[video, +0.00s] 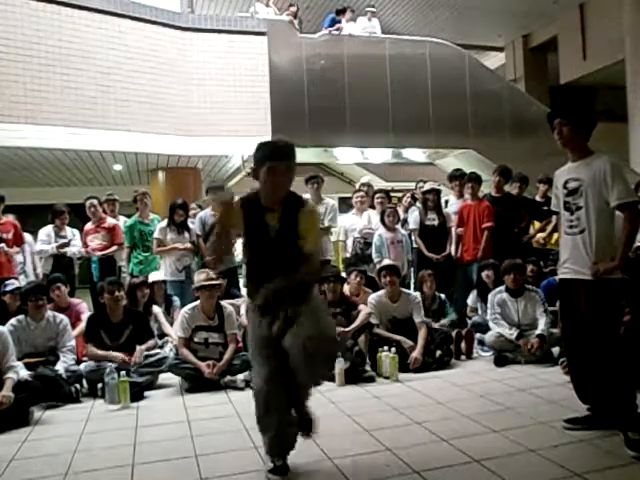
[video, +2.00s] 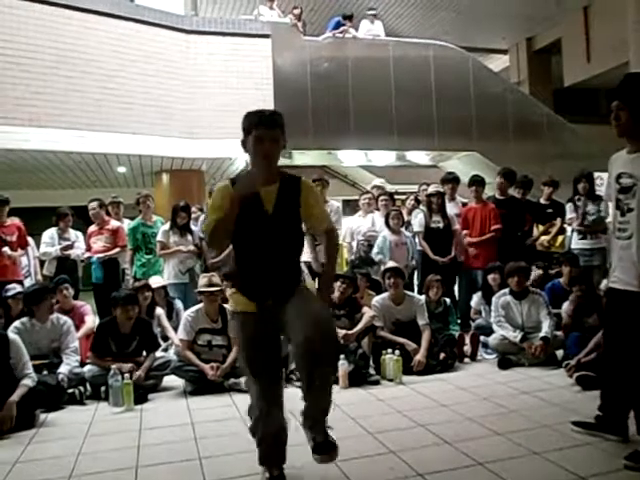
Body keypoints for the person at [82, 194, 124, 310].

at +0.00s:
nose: (93, 210)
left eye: (95, 206)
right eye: (89, 208)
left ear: (100, 207)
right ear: (87, 211)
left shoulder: (112, 224)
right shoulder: (87, 227)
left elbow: (119, 244)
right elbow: (84, 245)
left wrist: (102, 253)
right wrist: (86, 250)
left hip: (107, 258)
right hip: (93, 259)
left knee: (110, 288)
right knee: (94, 289)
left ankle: (111, 315)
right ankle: (98, 315)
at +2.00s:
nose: (92, 213)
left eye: (95, 209)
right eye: (90, 210)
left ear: (103, 209)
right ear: (88, 213)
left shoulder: (116, 226)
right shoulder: (90, 230)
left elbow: (122, 247)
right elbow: (89, 248)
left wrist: (105, 255)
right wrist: (87, 254)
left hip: (111, 262)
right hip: (96, 264)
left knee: (113, 294)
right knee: (99, 296)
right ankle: (104, 325)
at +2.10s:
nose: (93, 213)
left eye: (95, 209)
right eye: (90, 210)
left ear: (103, 209)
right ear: (89, 213)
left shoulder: (116, 226)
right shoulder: (91, 230)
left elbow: (122, 246)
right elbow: (89, 248)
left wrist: (105, 255)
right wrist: (87, 254)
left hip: (111, 262)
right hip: (96, 264)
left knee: (114, 294)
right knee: (100, 297)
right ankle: (104, 325)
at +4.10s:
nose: (96, 212)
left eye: (98, 209)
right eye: (93, 210)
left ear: (104, 210)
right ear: (90, 213)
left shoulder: (116, 226)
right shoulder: (90, 231)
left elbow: (122, 246)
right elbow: (89, 250)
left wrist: (105, 256)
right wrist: (87, 257)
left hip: (111, 262)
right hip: (96, 264)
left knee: (113, 295)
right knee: (99, 298)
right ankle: (104, 324)